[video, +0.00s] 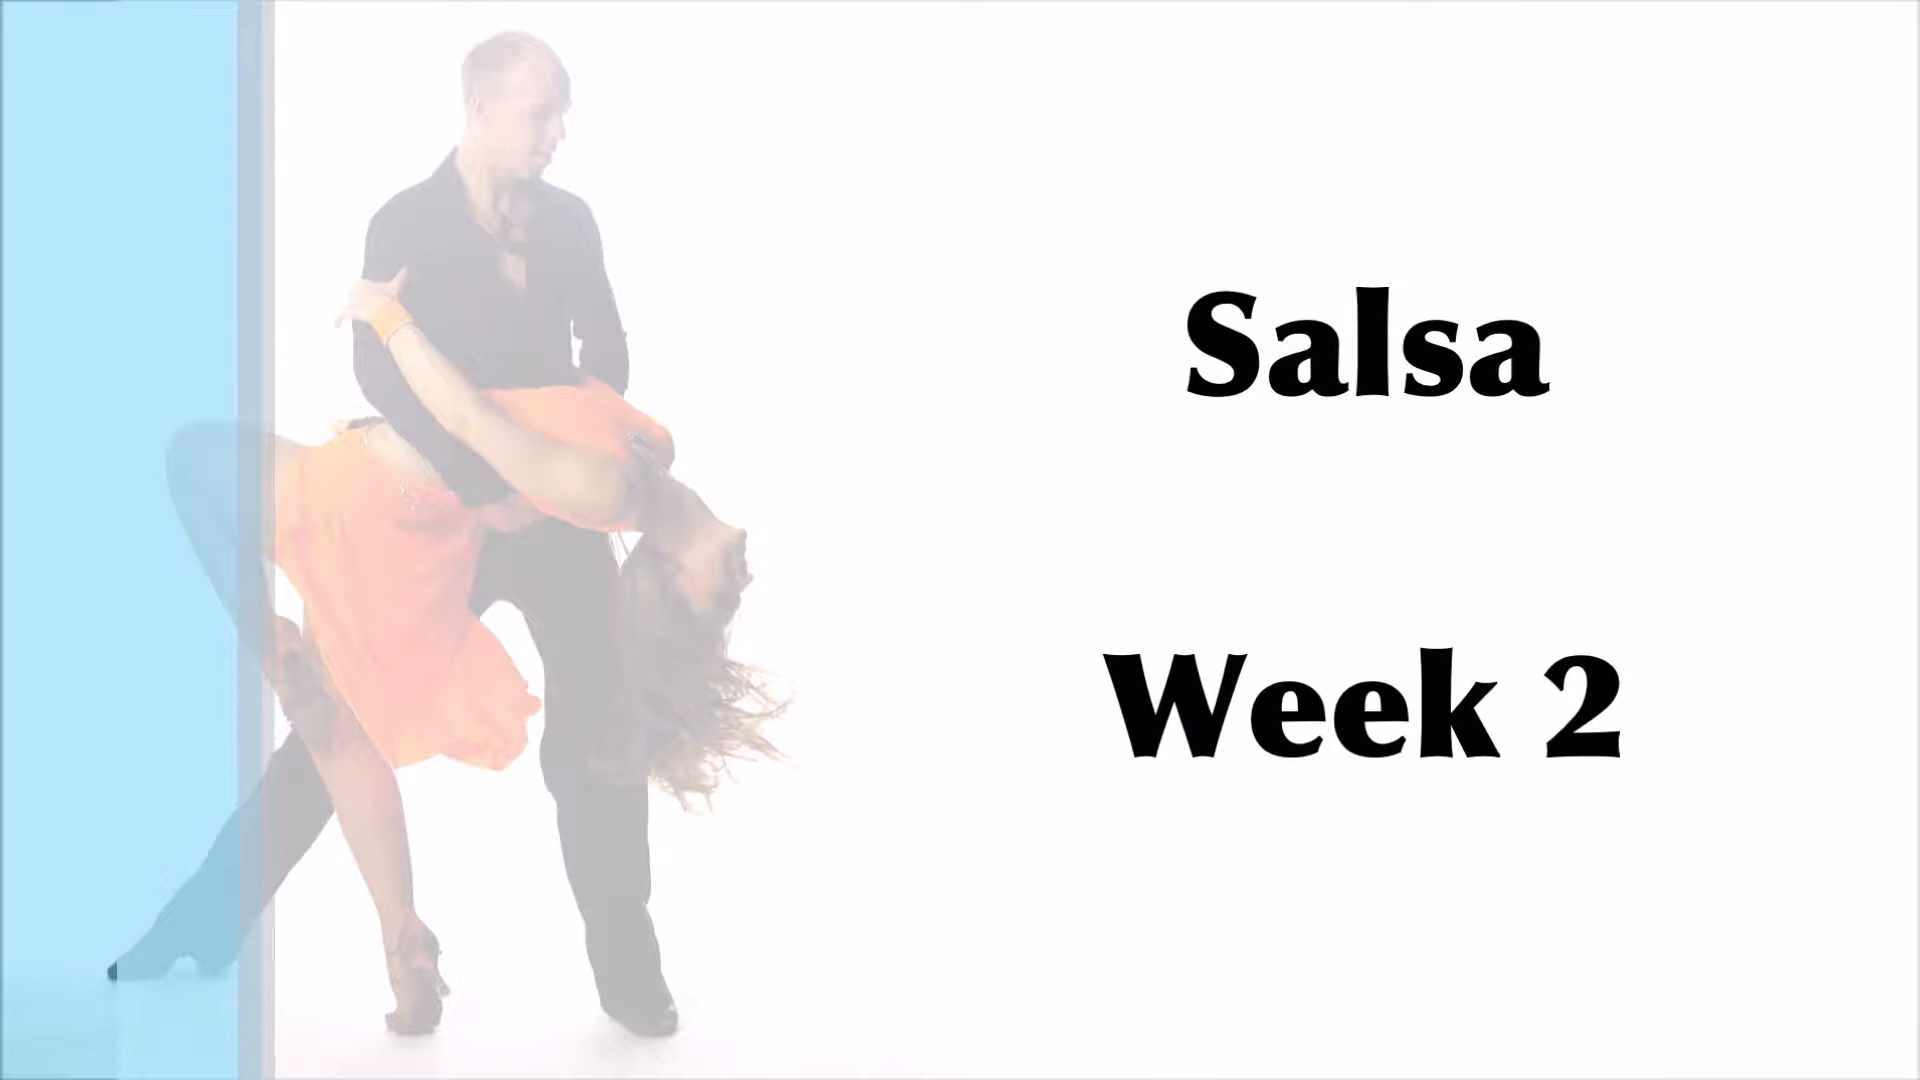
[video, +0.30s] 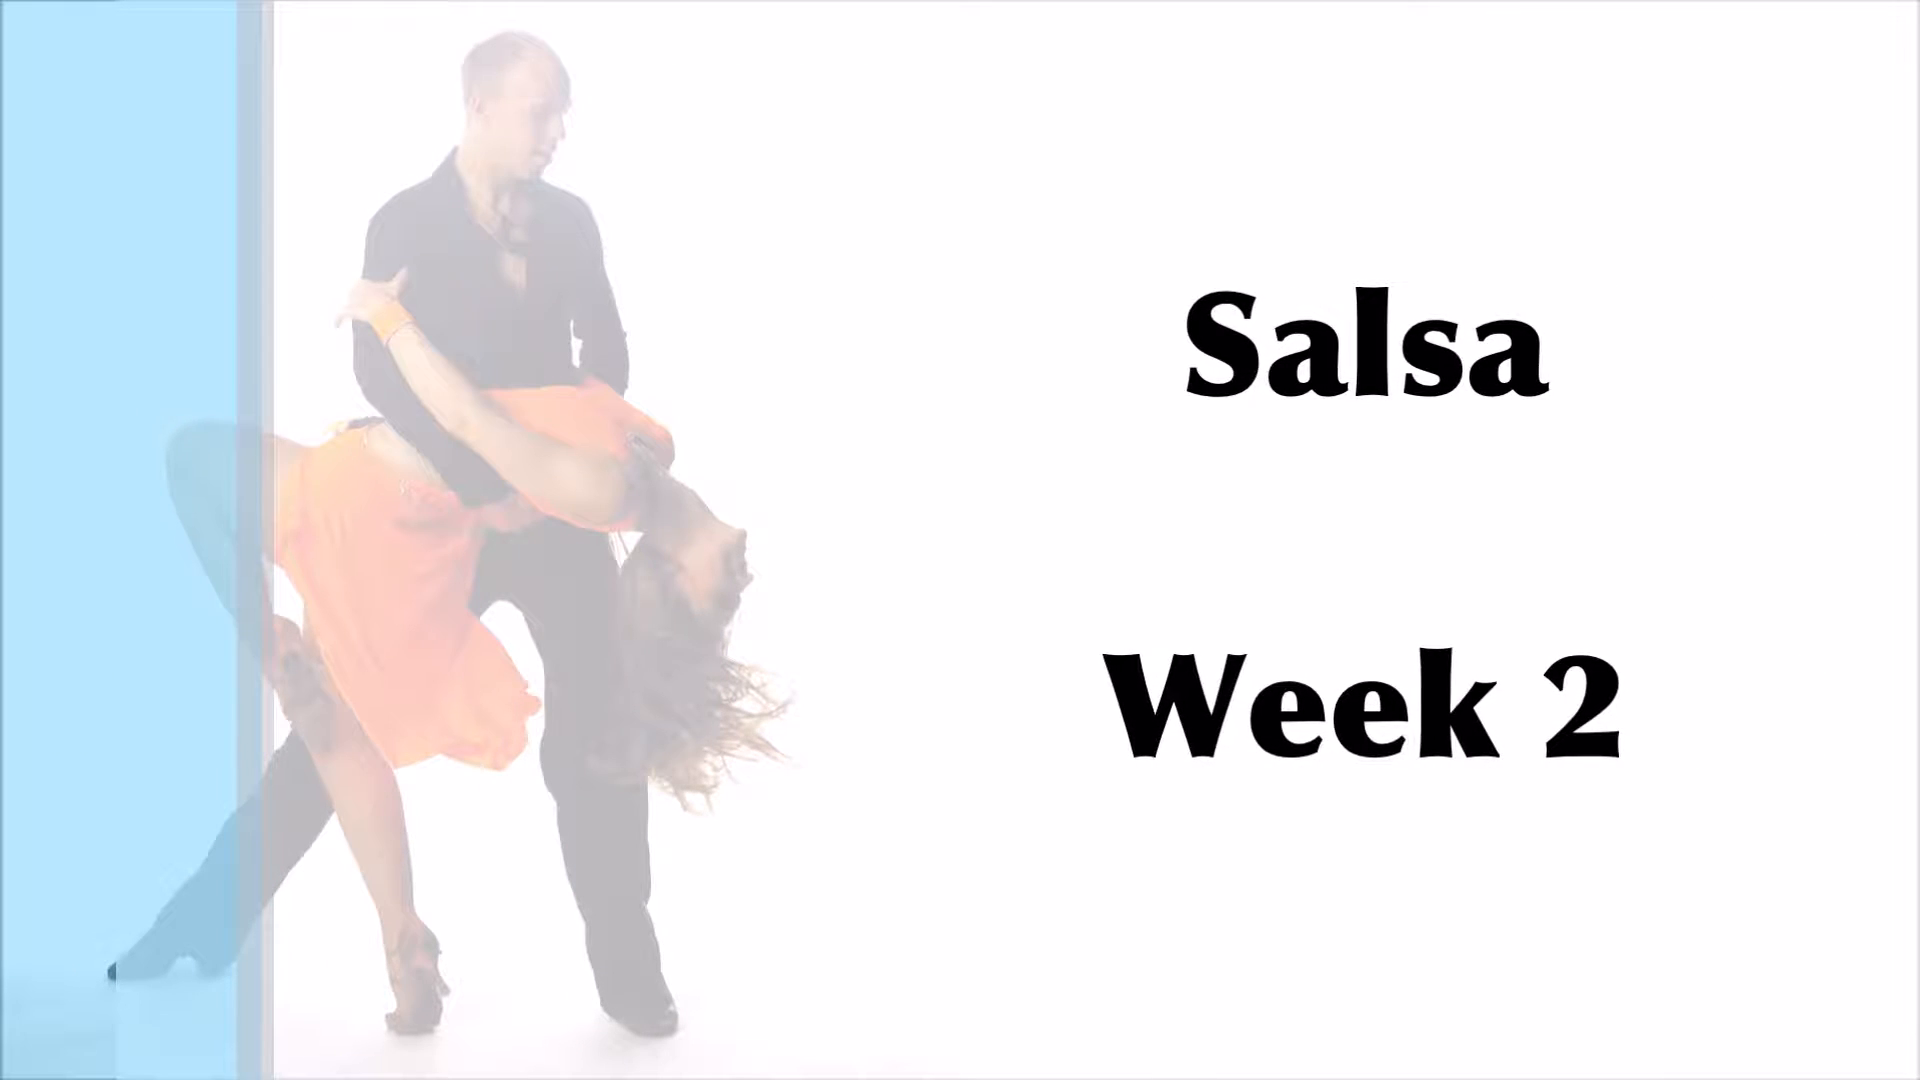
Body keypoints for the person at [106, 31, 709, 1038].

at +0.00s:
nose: (556, 134)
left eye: (563, 117)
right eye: (542, 114)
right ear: (480, 112)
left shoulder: (567, 220)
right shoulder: (406, 223)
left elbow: (607, 350)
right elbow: (378, 369)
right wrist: (466, 479)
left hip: (556, 527)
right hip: (441, 525)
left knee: (599, 728)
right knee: (345, 730)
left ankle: (628, 962)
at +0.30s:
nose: (556, 133)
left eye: (563, 116)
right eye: (542, 113)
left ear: (556, 122)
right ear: (480, 110)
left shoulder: (567, 220)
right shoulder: (406, 223)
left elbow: (607, 344)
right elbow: (378, 368)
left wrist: (595, 420)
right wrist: (465, 472)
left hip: (554, 527)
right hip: (437, 523)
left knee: (597, 726)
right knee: (346, 730)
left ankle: (628, 962)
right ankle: (201, 927)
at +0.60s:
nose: (556, 134)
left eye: (562, 116)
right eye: (541, 113)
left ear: (556, 122)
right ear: (481, 111)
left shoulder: (567, 220)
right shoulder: (405, 223)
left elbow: (607, 342)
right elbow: (378, 369)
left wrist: (593, 419)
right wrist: (465, 471)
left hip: (554, 526)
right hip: (437, 521)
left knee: (599, 724)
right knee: (344, 728)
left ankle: (628, 960)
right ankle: (207, 922)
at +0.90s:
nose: (557, 132)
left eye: (563, 115)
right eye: (542, 112)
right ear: (481, 110)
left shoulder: (567, 220)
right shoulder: (405, 223)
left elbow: (608, 345)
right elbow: (379, 370)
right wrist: (468, 477)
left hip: (555, 526)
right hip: (438, 522)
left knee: (598, 728)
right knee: (345, 728)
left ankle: (627, 961)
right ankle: (209, 921)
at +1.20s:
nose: (556, 133)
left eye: (562, 115)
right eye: (541, 112)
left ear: (554, 121)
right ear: (480, 109)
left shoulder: (567, 220)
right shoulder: (406, 223)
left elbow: (607, 342)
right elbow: (377, 367)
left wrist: (592, 437)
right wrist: (463, 472)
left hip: (552, 525)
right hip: (438, 522)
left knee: (598, 725)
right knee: (348, 724)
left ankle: (628, 959)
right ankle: (207, 921)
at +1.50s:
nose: (556, 132)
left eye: (562, 114)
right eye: (541, 112)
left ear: (554, 121)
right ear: (480, 109)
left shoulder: (567, 220)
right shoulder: (406, 223)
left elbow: (607, 340)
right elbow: (378, 368)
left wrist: (595, 432)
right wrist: (461, 469)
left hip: (554, 524)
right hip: (441, 521)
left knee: (599, 723)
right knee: (350, 721)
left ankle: (627, 958)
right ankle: (208, 921)